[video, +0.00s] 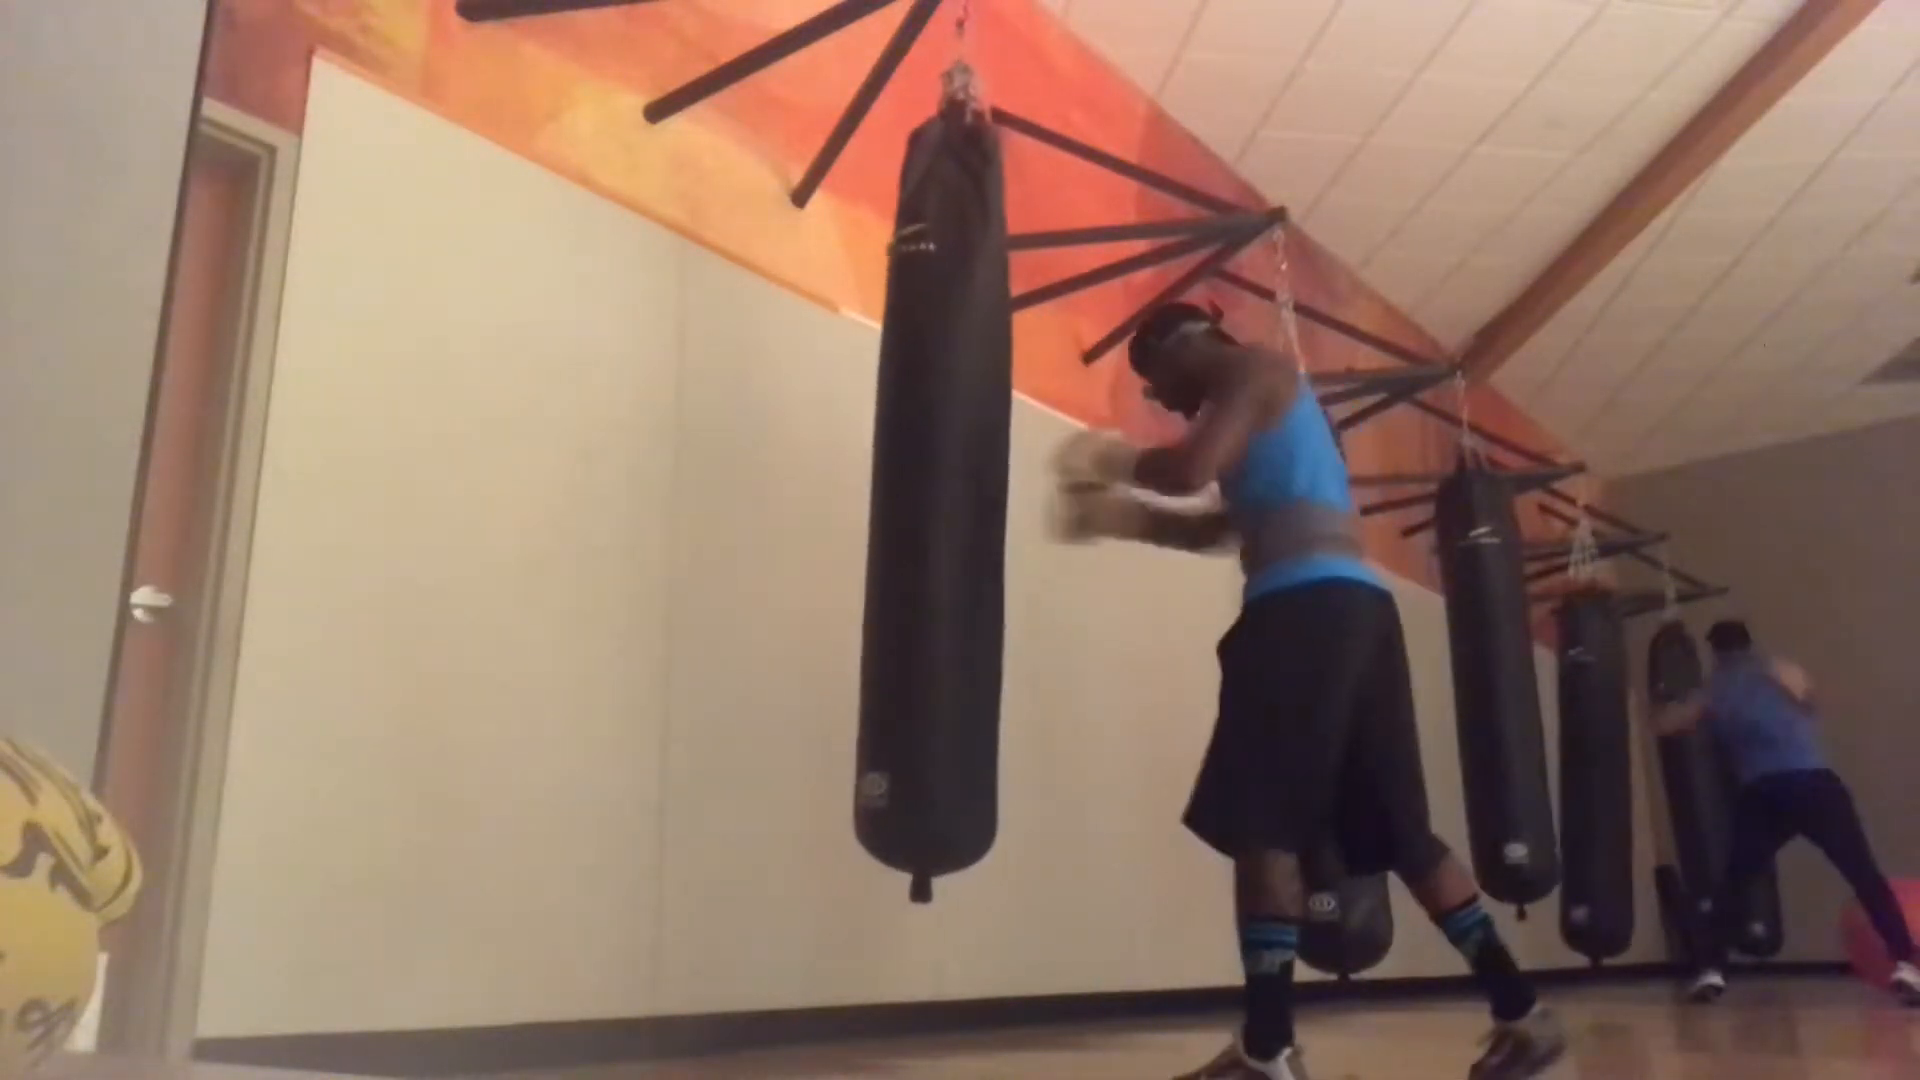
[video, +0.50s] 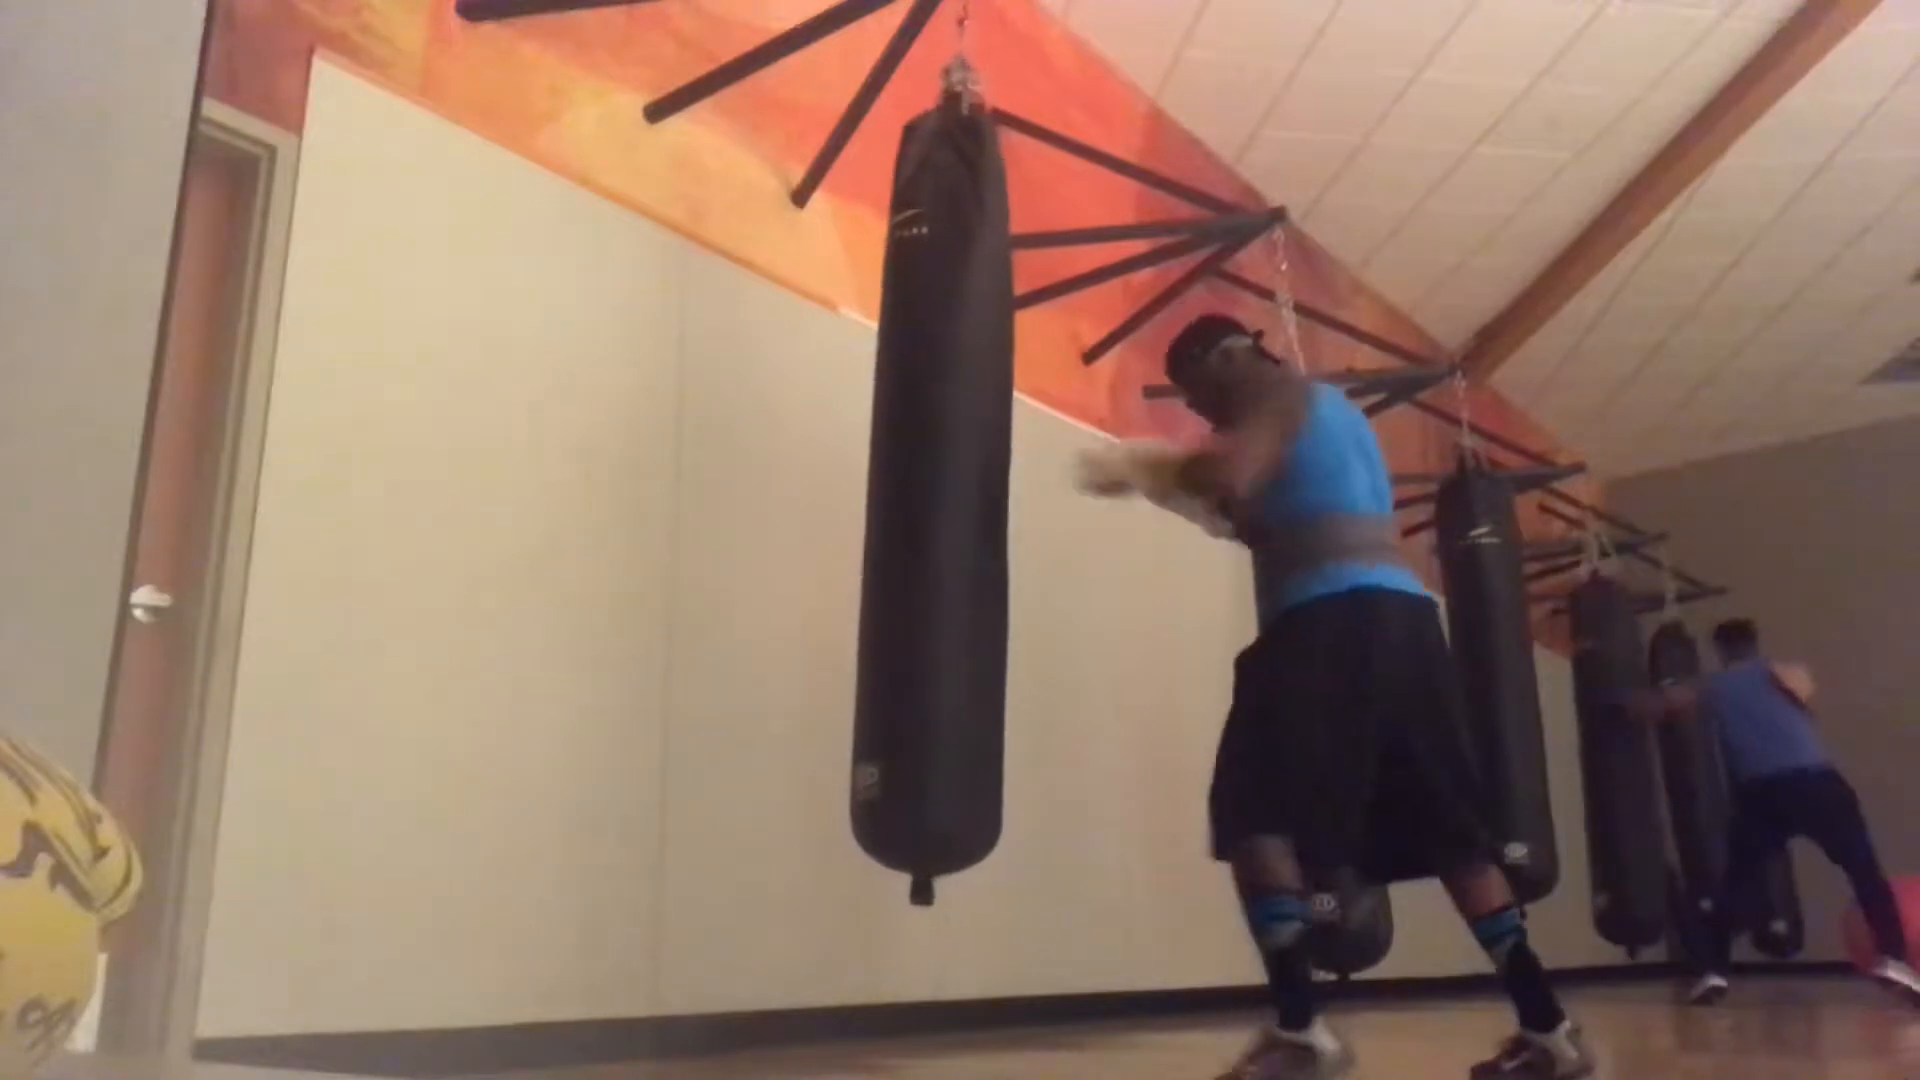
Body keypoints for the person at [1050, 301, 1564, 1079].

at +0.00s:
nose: (1166, 400)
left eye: (1161, 380)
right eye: (1157, 390)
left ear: (1190, 336)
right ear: (1208, 332)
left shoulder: (1256, 367)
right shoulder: (1280, 407)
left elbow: (1188, 465)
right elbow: (1218, 531)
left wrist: (1115, 457)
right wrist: (1122, 515)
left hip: (1299, 618)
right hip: (1362, 616)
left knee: (1262, 827)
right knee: (1398, 826)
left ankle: (1266, 1046)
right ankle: (1521, 1012)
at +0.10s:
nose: (1165, 395)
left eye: (1160, 376)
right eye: (1157, 385)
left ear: (1191, 338)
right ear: (1206, 335)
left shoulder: (1265, 369)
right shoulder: (1248, 411)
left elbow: (1257, 482)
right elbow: (1164, 495)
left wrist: (1183, 471)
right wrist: (1062, 509)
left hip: (1303, 618)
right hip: (1358, 616)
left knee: (1268, 828)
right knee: (1400, 813)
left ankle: (1268, 1048)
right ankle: (1532, 1006)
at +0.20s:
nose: (1187, 398)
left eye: (1179, 377)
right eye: (1177, 391)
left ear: (1207, 333)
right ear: (1229, 331)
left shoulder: (1273, 371)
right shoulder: (1283, 401)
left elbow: (1258, 485)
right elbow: (1213, 518)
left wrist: (1198, 475)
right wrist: (1120, 525)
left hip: (1313, 622)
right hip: (1362, 620)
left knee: (1269, 832)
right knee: (1406, 818)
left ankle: (1266, 1047)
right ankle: (1532, 1012)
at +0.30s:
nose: (1201, 406)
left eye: (1193, 383)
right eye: (1189, 396)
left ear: (1219, 339)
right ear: (1243, 335)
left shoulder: (1279, 374)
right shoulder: (1313, 402)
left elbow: (1264, 485)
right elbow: (1277, 537)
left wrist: (1189, 470)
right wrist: (1176, 521)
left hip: (1325, 624)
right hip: (1382, 622)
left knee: (1264, 826)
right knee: (1416, 824)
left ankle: (1264, 1042)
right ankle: (1539, 1021)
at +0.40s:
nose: (1204, 413)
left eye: (1200, 390)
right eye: (1194, 399)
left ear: (1233, 352)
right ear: (1254, 347)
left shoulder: (1295, 389)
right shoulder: (1328, 410)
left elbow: (1280, 505)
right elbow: (1263, 539)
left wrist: (1209, 489)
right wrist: (1179, 509)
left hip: (1333, 636)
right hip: (1410, 636)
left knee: (1239, 819)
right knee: (1442, 839)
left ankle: (1264, 1031)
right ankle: (1548, 1030)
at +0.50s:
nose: (1206, 411)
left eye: (1202, 394)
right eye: (1199, 402)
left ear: (1225, 361)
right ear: (1258, 347)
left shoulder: (1274, 393)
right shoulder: (1339, 409)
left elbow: (1229, 471)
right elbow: (1284, 529)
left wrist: (1137, 467)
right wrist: (1187, 496)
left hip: (1321, 630)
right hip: (1409, 627)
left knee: (1250, 815)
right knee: (1449, 825)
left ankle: (1298, 1028)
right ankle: (1546, 1026)